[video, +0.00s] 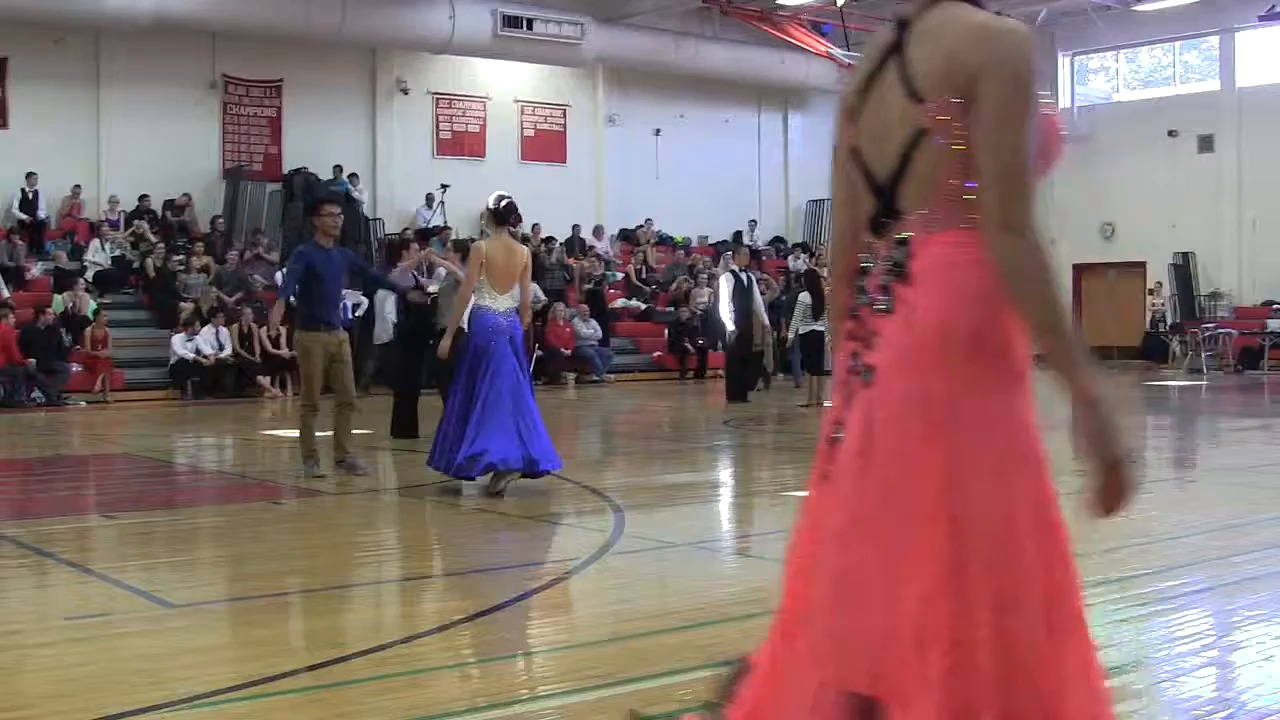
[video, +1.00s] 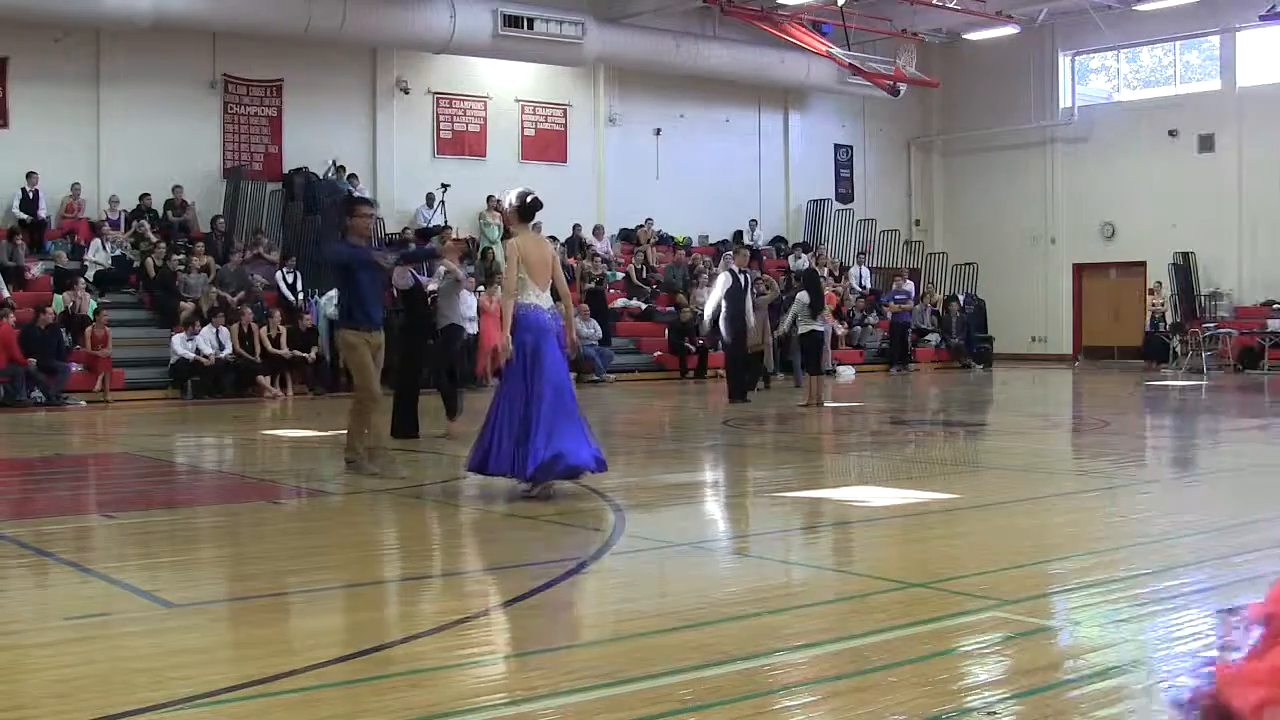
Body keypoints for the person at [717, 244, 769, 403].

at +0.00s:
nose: (747, 258)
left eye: (748, 255)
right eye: (744, 255)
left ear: (749, 257)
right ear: (735, 256)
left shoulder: (751, 277)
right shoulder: (726, 278)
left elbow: (758, 302)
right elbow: (724, 304)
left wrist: (765, 322)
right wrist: (730, 326)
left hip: (748, 322)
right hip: (735, 322)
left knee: (747, 356)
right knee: (734, 358)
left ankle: (743, 391)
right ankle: (733, 394)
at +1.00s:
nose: (747, 259)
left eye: (748, 256)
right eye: (744, 256)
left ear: (747, 258)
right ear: (735, 257)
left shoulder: (747, 277)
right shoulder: (726, 276)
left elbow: (749, 301)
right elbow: (714, 298)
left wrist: (751, 321)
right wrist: (707, 319)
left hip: (742, 320)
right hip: (728, 319)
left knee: (742, 355)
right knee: (732, 355)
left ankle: (741, 392)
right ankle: (734, 393)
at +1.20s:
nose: (748, 262)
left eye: (749, 259)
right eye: (745, 258)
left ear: (750, 261)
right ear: (736, 259)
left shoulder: (746, 278)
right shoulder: (726, 276)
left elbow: (748, 297)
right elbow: (709, 291)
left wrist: (755, 314)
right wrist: (691, 306)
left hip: (739, 319)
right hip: (727, 319)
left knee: (740, 354)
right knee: (732, 355)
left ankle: (740, 391)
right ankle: (734, 394)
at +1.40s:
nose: (749, 272)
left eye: (749, 268)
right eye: (747, 268)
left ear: (744, 267)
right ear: (737, 266)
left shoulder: (744, 285)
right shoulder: (724, 283)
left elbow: (753, 306)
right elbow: (717, 306)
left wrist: (763, 326)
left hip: (735, 326)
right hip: (724, 325)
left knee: (737, 359)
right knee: (732, 360)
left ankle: (718, 386)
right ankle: (735, 395)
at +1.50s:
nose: (745, 272)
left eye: (746, 270)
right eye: (743, 269)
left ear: (739, 269)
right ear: (734, 268)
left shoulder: (739, 284)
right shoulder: (719, 284)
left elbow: (747, 302)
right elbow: (729, 307)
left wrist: (754, 316)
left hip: (733, 323)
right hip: (721, 324)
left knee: (729, 359)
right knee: (731, 358)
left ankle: (712, 387)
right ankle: (736, 394)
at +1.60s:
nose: (737, 272)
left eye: (737, 269)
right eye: (735, 269)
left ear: (735, 269)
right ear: (726, 268)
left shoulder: (733, 281)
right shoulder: (713, 282)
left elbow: (739, 300)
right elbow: (730, 300)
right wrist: (751, 311)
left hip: (727, 322)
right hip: (716, 322)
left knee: (724, 356)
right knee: (730, 354)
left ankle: (710, 390)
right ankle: (739, 393)